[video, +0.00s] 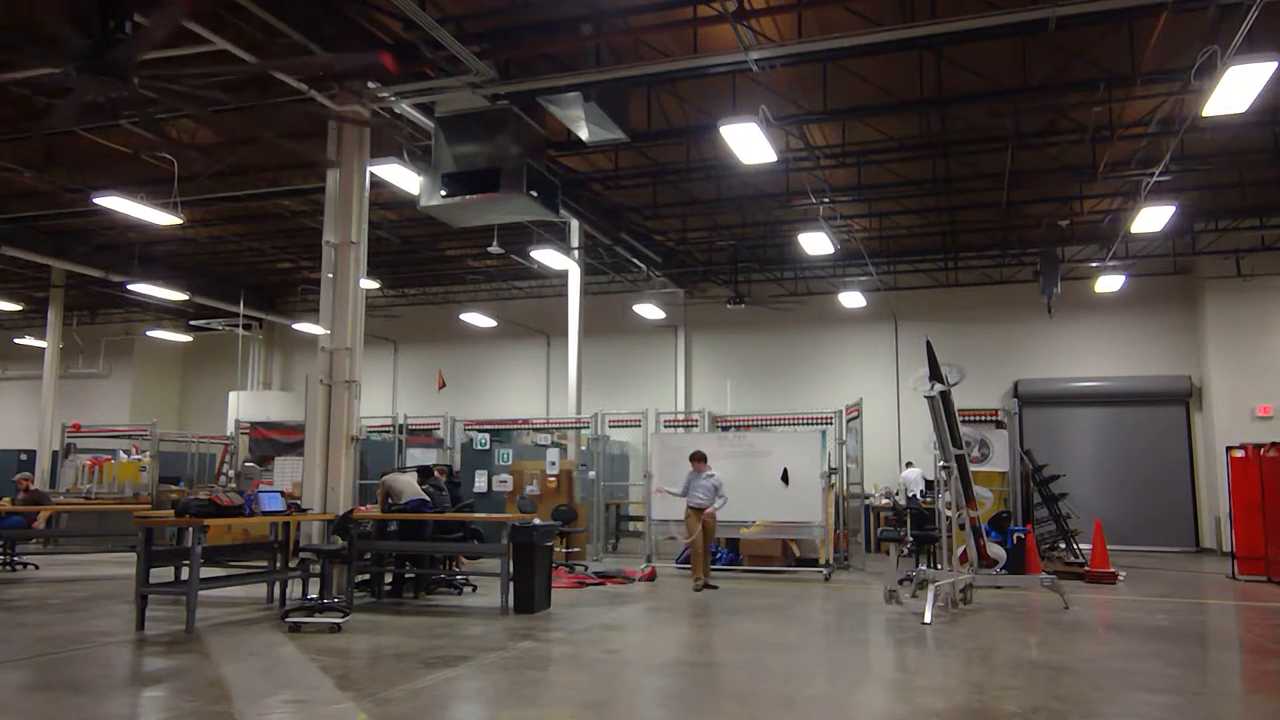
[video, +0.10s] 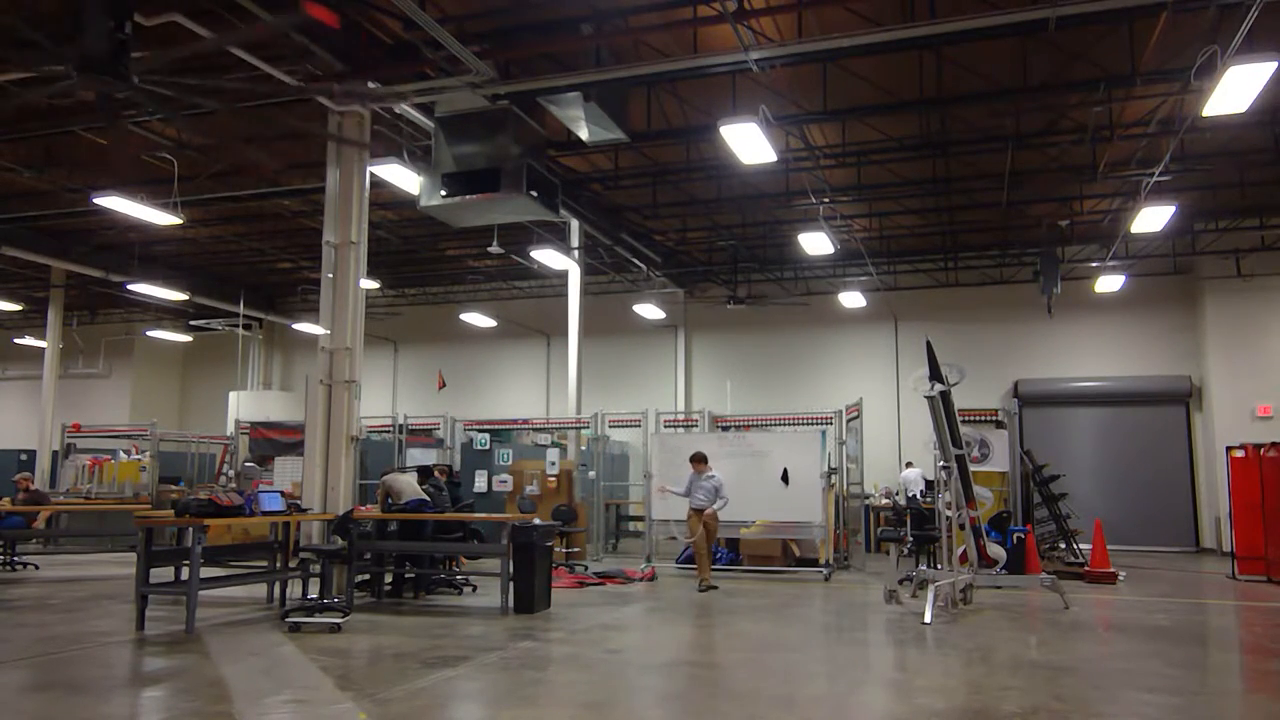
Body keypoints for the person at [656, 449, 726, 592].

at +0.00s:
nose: (692, 466)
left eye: (694, 463)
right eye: (691, 464)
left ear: (702, 462)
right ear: (694, 463)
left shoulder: (715, 478)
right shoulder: (692, 475)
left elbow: (722, 498)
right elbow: (683, 493)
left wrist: (713, 508)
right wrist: (665, 490)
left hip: (708, 513)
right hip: (692, 512)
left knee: (706, 548)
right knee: (697, 547)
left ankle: (705, 579)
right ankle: (698, 580)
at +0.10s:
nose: (693, 468)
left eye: (695, 465)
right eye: (692, 466)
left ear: (703, 463)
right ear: (694, 465)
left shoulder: (716, 479)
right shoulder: (694, 476)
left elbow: (723, 499)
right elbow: (686, 493)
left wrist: (713, 508)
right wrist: (668, 489)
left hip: (710, 514)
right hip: (694, 513)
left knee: (708, 547)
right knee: (700, 547)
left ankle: (706, 577)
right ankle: (703, 579)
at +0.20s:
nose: (693, 469)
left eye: (695, 466)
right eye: (692, 467)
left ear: (703, 464)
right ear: (695, 465)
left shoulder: (717, 479)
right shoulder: (695, 477)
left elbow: (724, 499)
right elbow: (688, 493)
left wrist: (713, 509)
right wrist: (670, 490)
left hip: (711, 515)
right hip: (696, 515)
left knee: (710, 547)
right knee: (701, 547)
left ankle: (707, 577)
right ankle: (704, 579)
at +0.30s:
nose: (693, 468)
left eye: (695, 465)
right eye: (693, 466)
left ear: (703, 463)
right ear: (696, 464)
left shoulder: (717, 478)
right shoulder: (695, 476)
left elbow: (725, 498)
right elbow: (688, 493)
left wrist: (714, 508)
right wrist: (671, 490)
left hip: (713, 515)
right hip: (698, 515)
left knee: (713, 549)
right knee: (701, 549)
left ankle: (712, 578)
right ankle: (705, 581)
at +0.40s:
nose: (694, 468)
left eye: (696, 464)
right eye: (693, 465)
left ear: (704, 462)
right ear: (697, 463)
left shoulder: (718, 477)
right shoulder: (697, 475)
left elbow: (727, 496)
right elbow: (688, 492)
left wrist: (717, 507)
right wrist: (668, 489)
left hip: (714, 514)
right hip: (699, 514)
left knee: (715, 549)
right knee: (701, 549)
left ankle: (717, 579)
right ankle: (705, 581)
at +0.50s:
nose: (696, 467)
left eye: (697, 464)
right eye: (695, 464)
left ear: (705, 462)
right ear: (698, 463)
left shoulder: (719, 477)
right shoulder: (698, 475)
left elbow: (729, 496)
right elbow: (686, 492)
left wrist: (720, 508)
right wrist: (668, 489)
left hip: (716, 514)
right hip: (700, 514)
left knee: (720, 548)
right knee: (702, 548)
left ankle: (724, 582)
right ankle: (705, 582)